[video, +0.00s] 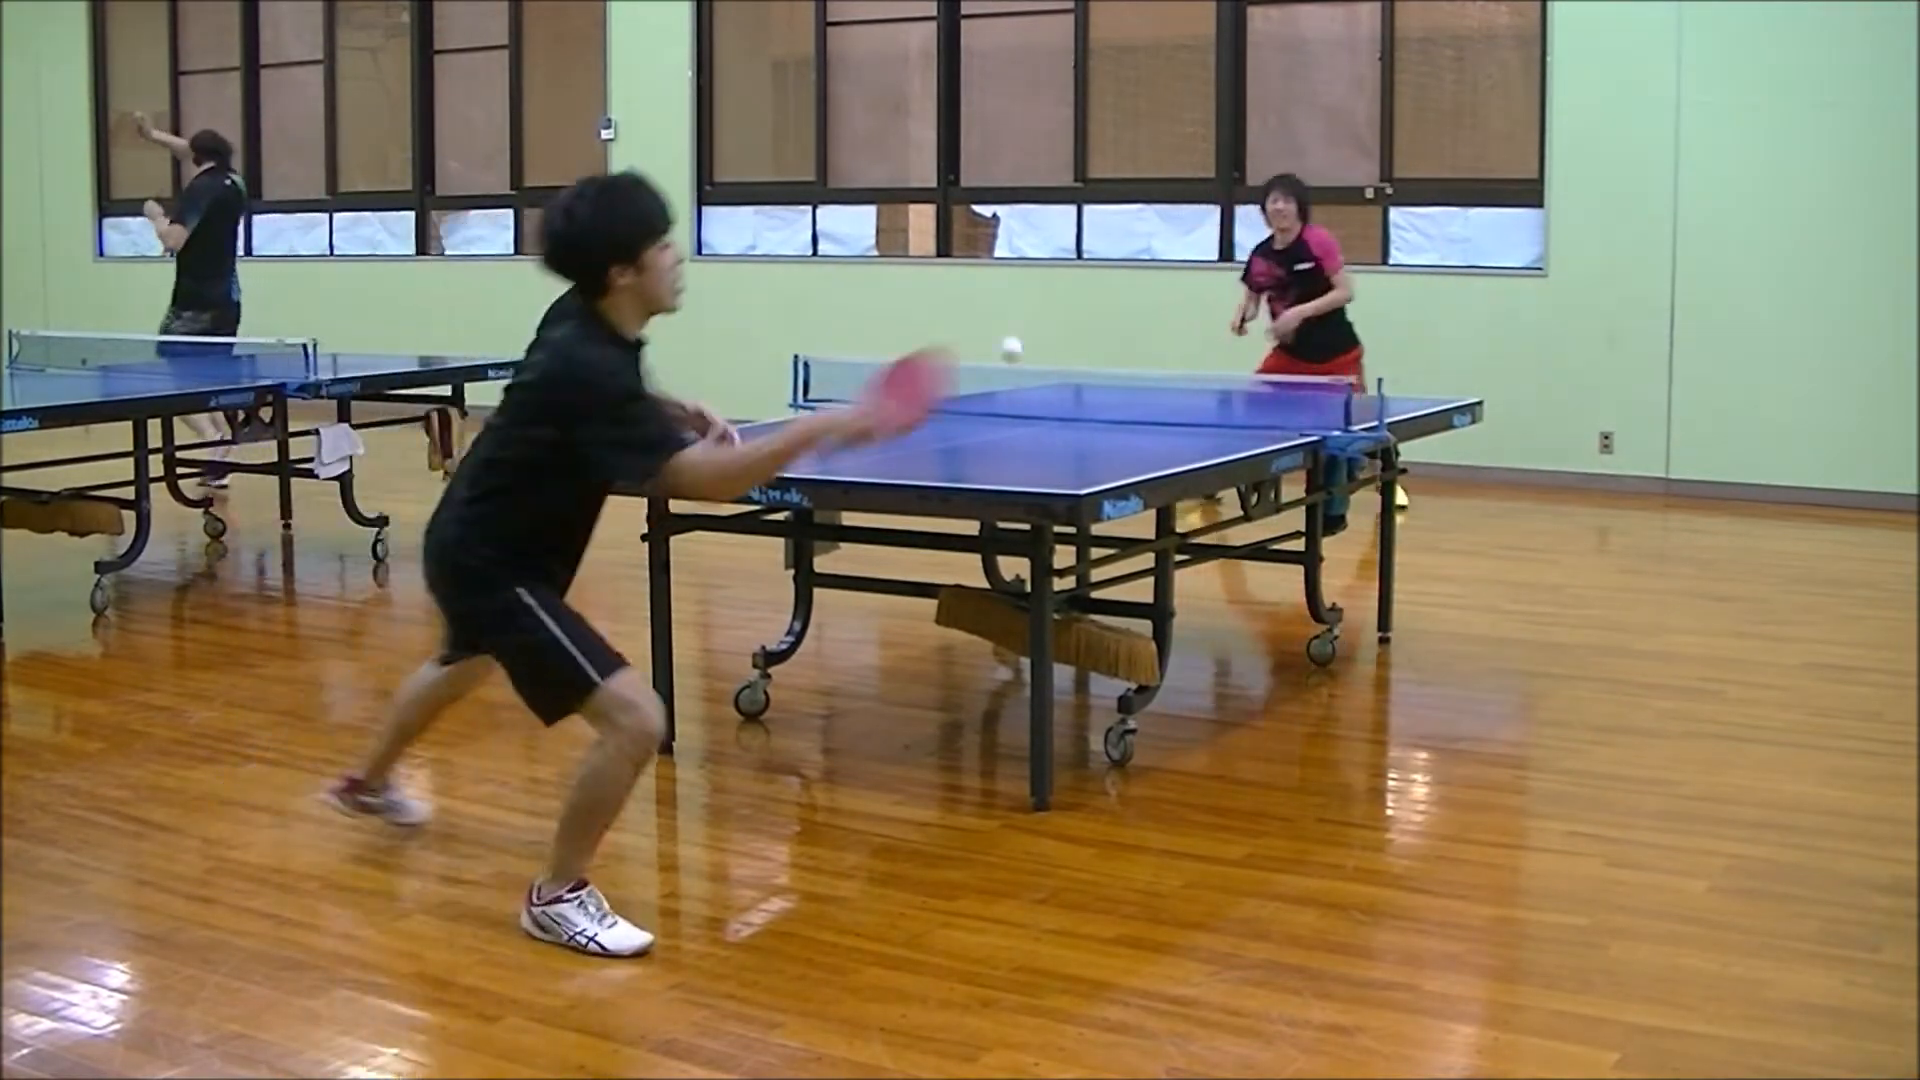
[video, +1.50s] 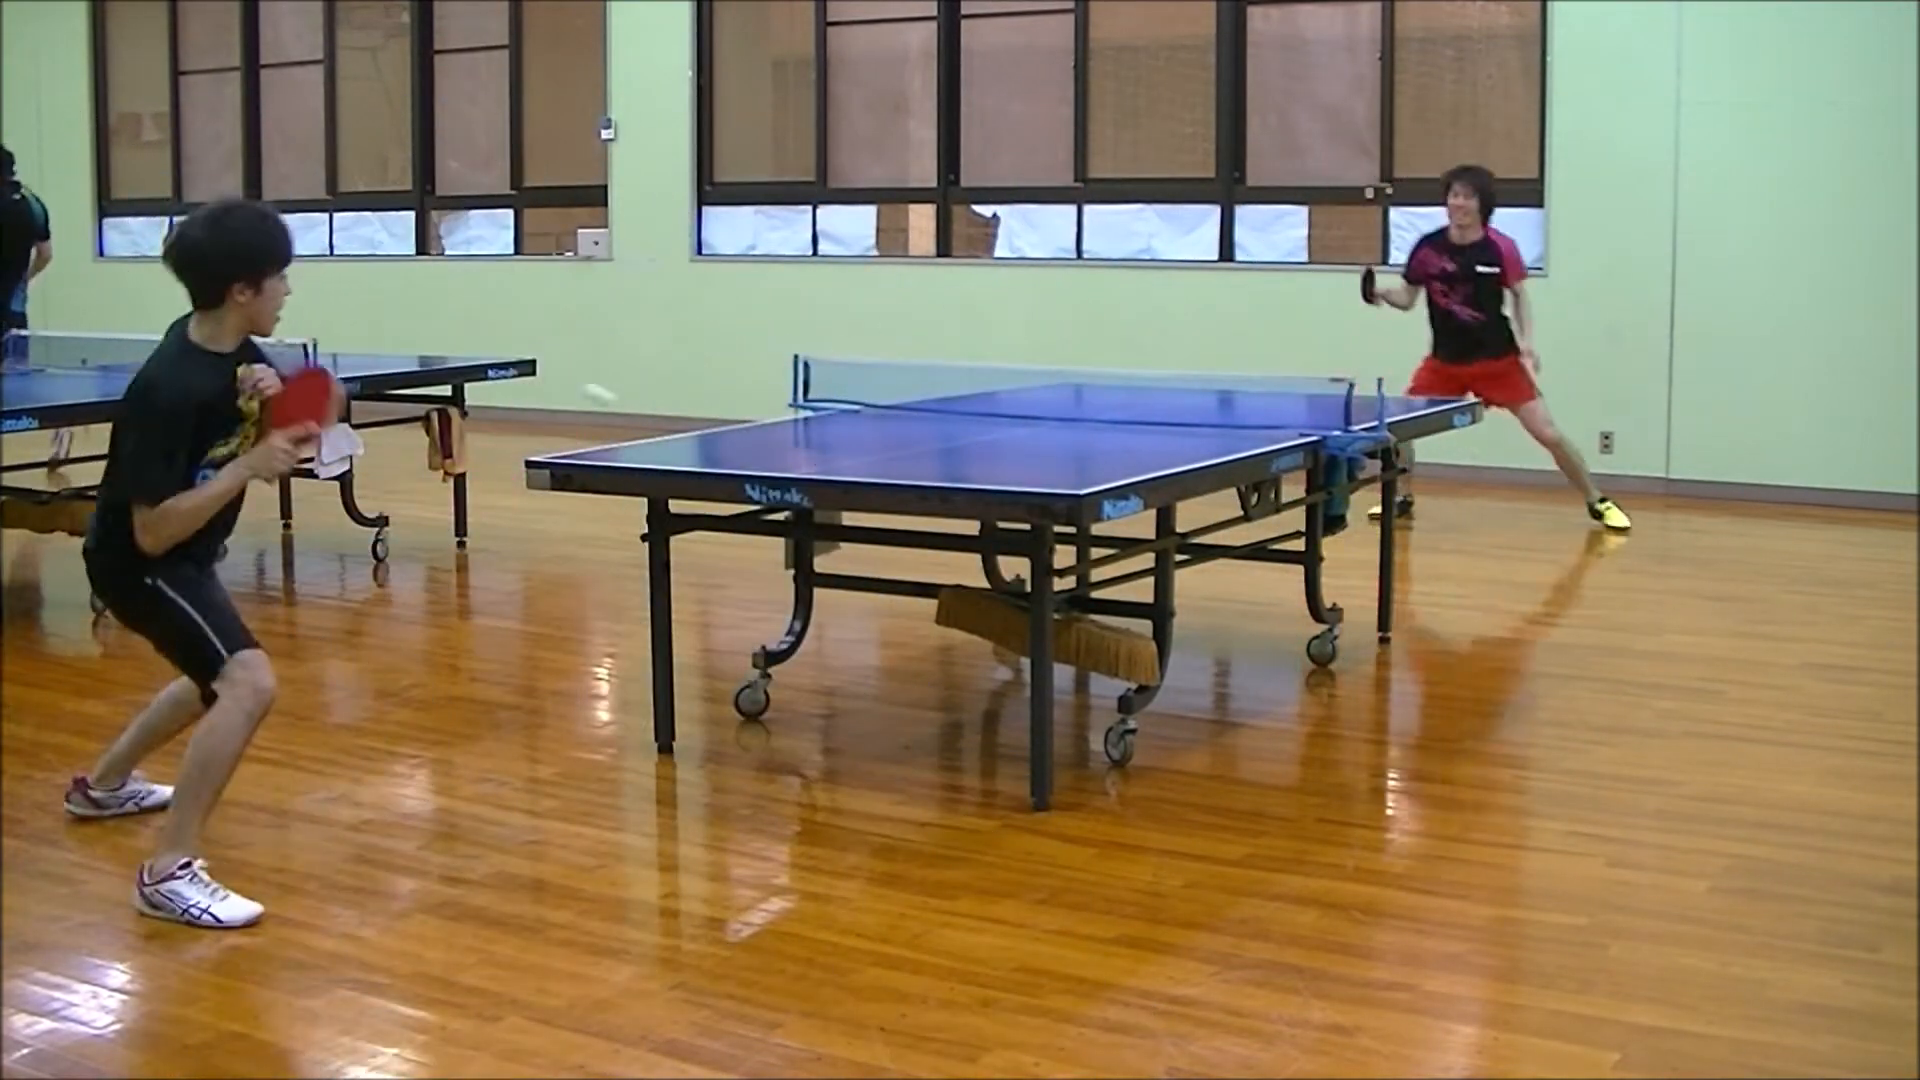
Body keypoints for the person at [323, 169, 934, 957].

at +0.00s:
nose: (679, 258)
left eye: (673, 244)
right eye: (665, 248)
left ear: (618, 271)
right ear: (620, 274)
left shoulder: (587, 324)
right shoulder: (588, 370)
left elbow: (599, 406)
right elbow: (707, 477)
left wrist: (674, 415)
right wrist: (821, 428)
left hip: (477, 547)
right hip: (492, 568)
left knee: (464, 664)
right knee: (635, 722)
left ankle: (366, 778)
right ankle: (558, 894)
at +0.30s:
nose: (854, 253)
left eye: (848, 238)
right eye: (849, 240)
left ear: (755, 251)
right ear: (826, 255)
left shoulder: (692, 337)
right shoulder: (847, 344)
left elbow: (634, 477)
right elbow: (1020, 337)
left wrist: (728, 451)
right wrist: (1043, 226)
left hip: (657, 609)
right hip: (759, 613)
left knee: (701, 716)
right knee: (928, 780)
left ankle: (660, 905)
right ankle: (1011, 999)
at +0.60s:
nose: (760, 289)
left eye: (749, 278)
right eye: (755, 278)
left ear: (665, 302)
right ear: (745, 295)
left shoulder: (624, 395)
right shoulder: (792, 383)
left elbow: (507, 444)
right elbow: (843, 496)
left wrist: (552, 375)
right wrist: (906, 524)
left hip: (679, 658)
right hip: (798, 656)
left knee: (627, 742)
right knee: (932, 807)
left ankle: (660, 925)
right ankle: (1070, 1002)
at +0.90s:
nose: (543, 163)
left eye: (541, 149)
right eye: (541, 151)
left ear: (445, 155)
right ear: (524, 162)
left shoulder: (396, 235)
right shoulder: (536, 262)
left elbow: (280, 328)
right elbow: (594, 398)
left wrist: (199, 412)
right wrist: (646, 391)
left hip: (378, 502)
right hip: (448, 513)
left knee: (479, 647)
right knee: (503, 717)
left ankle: (435, 811)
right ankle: (327, 859)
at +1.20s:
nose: (363, 292)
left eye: (360, 278)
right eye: (358, 280)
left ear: (288, 293)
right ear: (333, 297)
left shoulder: (265, 356)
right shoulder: (302, 389)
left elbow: (286, 454)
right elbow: (342, 528)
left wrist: (366, 486)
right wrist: (449, 500)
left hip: (173, 579)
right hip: (215, 597)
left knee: (214, 686)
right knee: (376, 717)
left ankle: (111, 803)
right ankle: (279, 893)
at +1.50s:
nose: (287, 290)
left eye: (285, 277)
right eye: (278, 280)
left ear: (236, 291)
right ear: (240, 293)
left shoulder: (241, 348)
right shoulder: (168, 389)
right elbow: (151, 532)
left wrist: (280, 417)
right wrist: (247, 468)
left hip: (185, 549)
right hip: (136, 564)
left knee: (218, 676)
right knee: (249, 685)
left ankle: (103, 783)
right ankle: (169, 871)